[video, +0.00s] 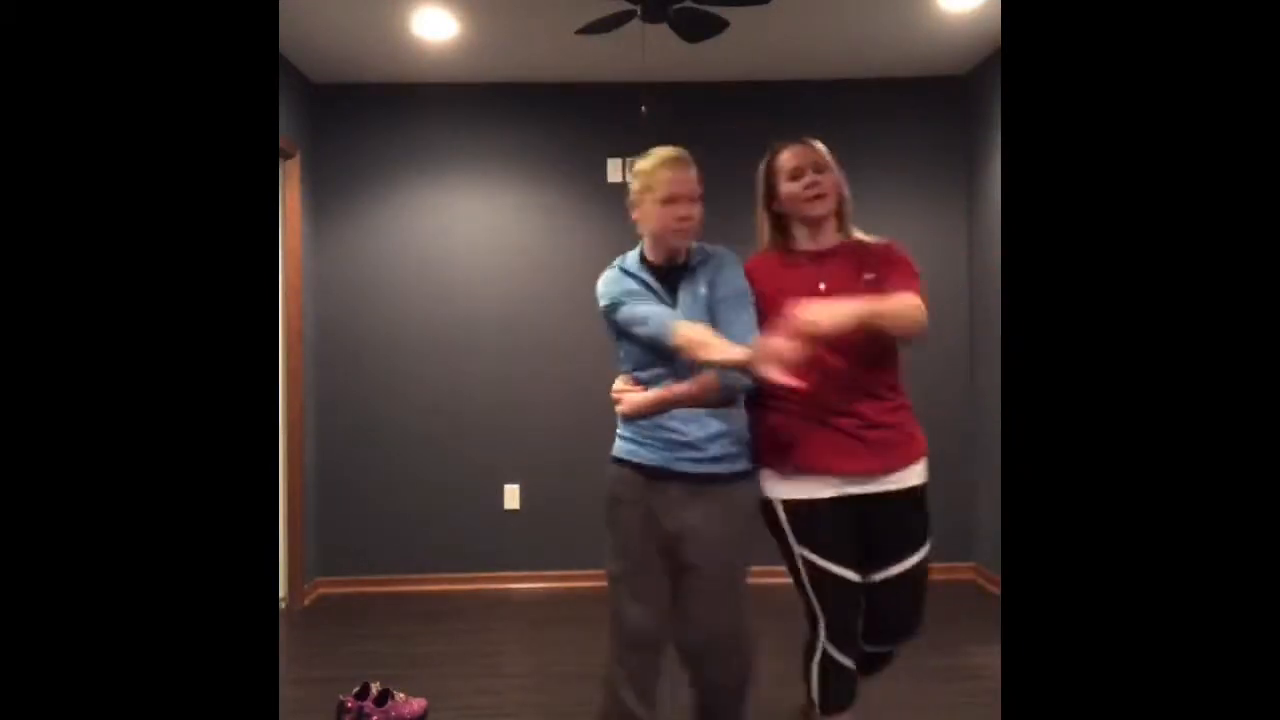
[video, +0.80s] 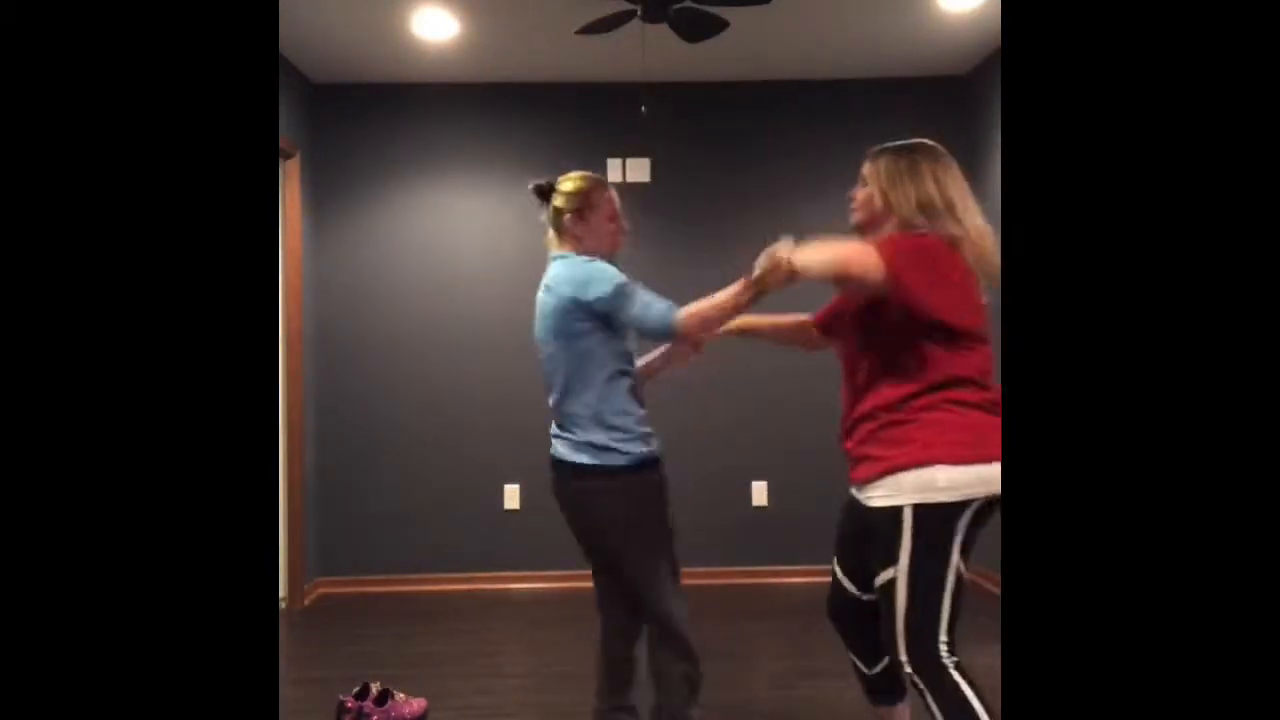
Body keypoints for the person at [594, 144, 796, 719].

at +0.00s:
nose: (686, 213)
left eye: (694, 200)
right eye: (671, 201)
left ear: (704, 205)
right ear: (636, 212)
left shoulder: (723, 270)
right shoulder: (616, 283)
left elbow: (738, 375)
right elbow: (674, 333)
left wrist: (657, 398)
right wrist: (750, 354)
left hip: (719, 480)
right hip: (639, 477)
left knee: (715, 635)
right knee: (637, 632)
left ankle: (722, 713)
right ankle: (631, 714)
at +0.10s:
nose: (653, 221)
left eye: (665, 209)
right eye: (643, 210)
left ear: (693, 210)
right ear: (631, 217)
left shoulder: (720, 278)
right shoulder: (620, 278)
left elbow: (723, 370)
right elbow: (624, 321)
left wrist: (649, 399)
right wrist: (668, 327)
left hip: (713, 480)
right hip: (638, 472)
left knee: (703, 637)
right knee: (632, 627)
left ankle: (702, 718)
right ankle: (618, 715)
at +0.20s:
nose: (644, 234)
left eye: (656, 221)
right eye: (638, 222)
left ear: (685, 222)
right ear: (629, 226)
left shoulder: (707, 282)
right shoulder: (632, 278)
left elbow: (693, 379)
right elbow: (576, 284)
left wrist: (634, 399)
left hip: (702, 480)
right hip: (633, 476)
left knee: (699, 634)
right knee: (610, 617)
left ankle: (704, 715)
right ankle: (621, 714)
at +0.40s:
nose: (587, 248)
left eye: (594, 236)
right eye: (587, 236)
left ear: (628, 235)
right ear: (637, 234)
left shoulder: (632, 302)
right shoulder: (674, 292)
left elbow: (597, 398)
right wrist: (646, 175)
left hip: (647, 485)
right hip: (657, 478)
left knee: (639, 616)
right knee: (613, 604)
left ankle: (684, 710)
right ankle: (675, 704)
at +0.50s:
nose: (579, 248)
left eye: (579, 241)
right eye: (585, 240)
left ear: (585, 243)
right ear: (632, 238)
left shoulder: (573, 311)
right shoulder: (669, 280)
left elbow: (567, 408)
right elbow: (720, 222)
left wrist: (610, 368)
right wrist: (714, 159)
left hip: (612, 486)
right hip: (672, 476)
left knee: (609, 615)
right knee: (652, 607)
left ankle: (672, 709)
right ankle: (652, 704)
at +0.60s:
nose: (632, 238)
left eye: (629, 227)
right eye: (626, 228)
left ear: (571, 237)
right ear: (603, 234)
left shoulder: (544, 308)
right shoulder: (636, 287)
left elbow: (569, 388)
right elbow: (737, 276)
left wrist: (651, 359)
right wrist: (757, 209)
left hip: (597, 486)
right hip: (668, 478)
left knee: (605, 606)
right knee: (678, 599)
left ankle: (654, 699)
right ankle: (684, 698)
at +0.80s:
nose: (624, 226)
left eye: (621, 214)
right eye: (613, 215)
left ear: (571, 223)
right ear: (580, 222)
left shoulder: (561, 279)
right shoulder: (588, 278)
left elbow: (608, 382)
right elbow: (685, 323)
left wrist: (670, 356)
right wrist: (754, 284)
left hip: (586, 469)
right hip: (617, 472)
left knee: (621, 607)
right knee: (663, 609)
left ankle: (614, 708)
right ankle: (676, 707)